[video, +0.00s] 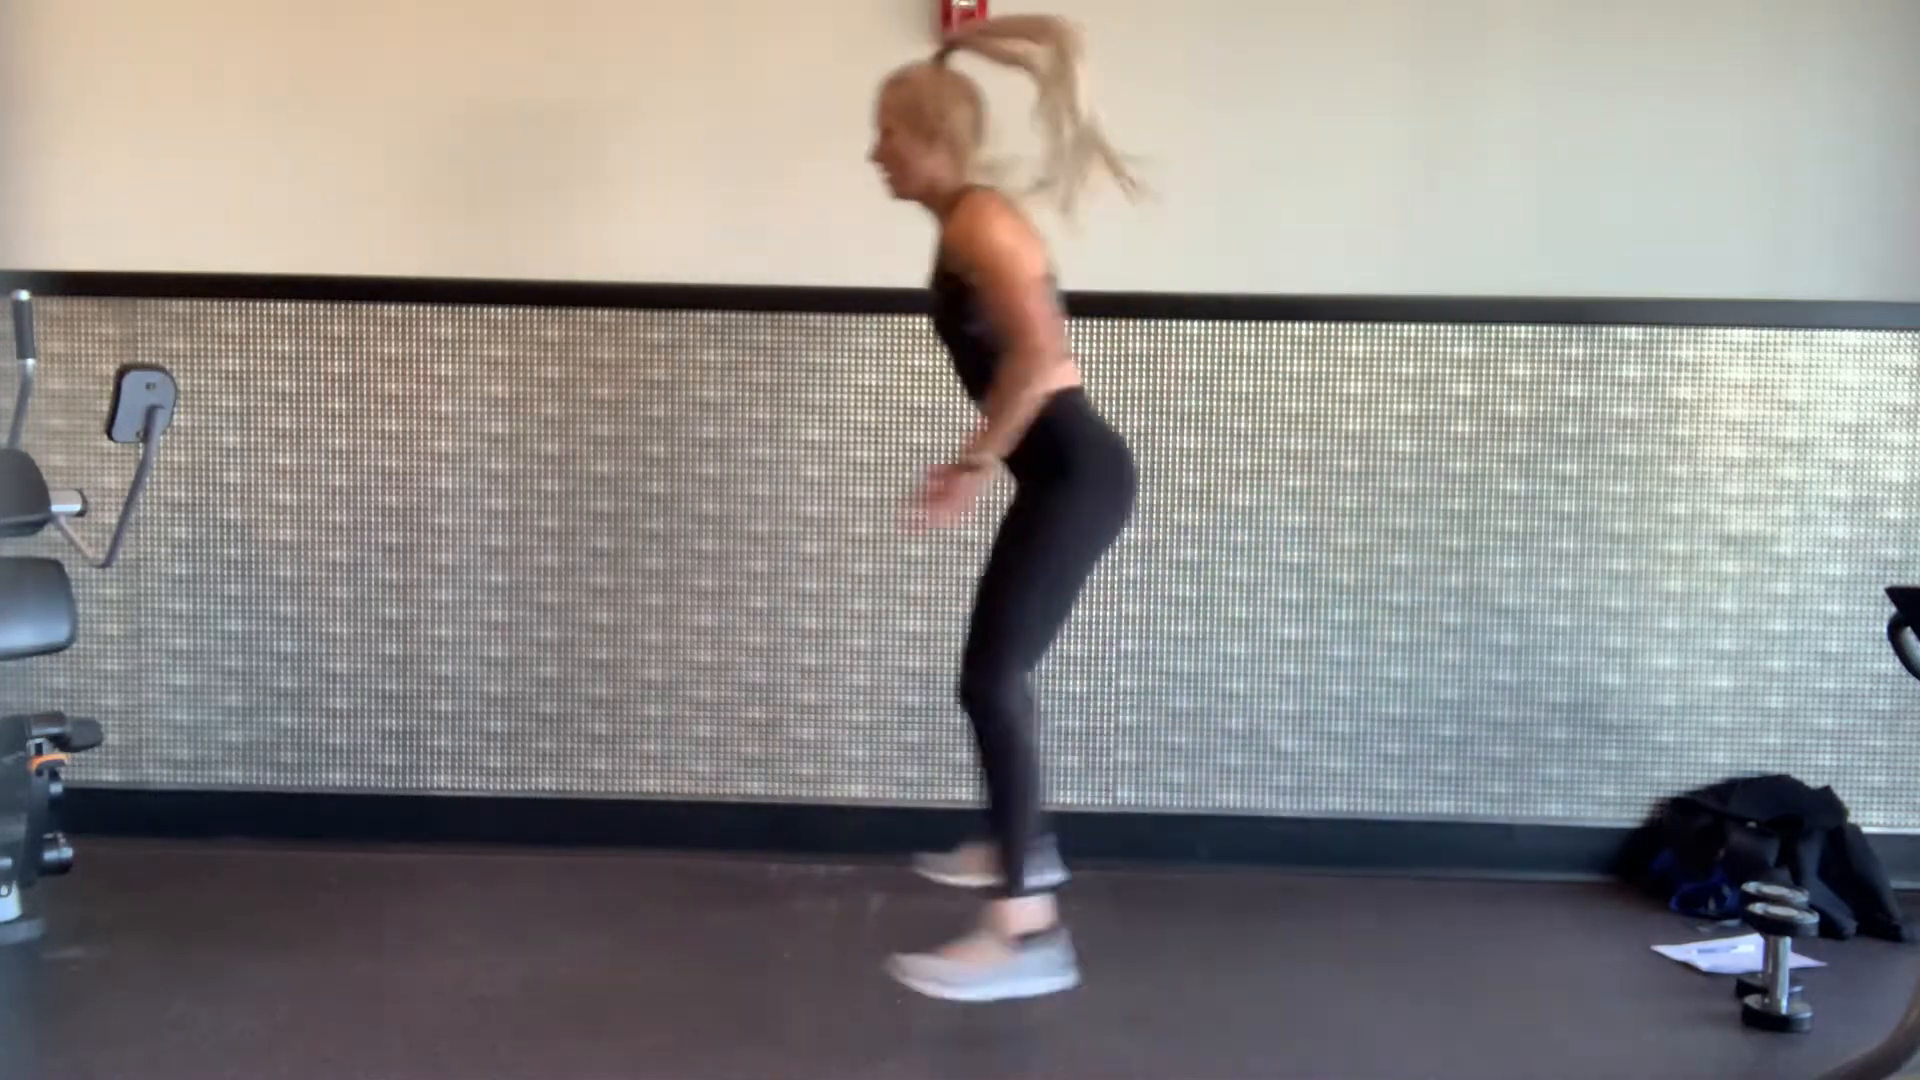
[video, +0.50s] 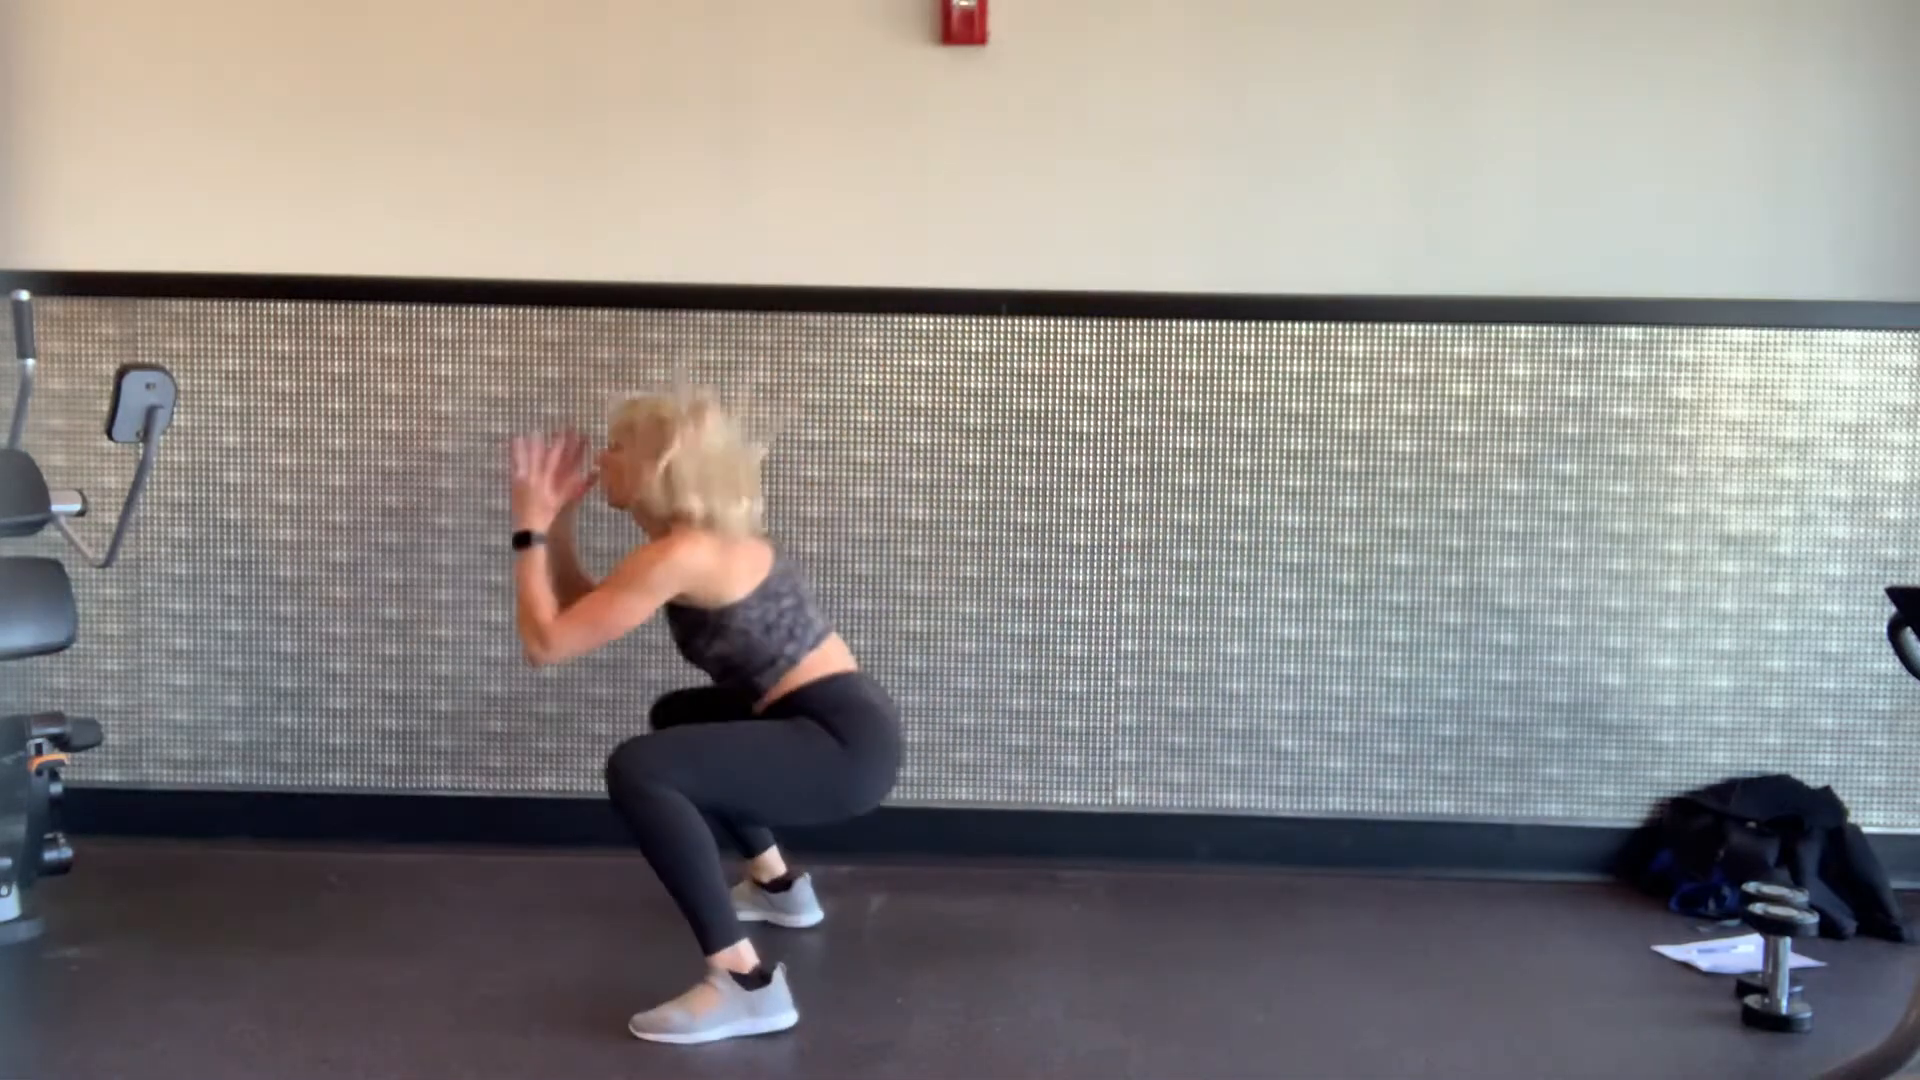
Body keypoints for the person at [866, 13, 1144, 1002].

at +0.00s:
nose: (876, 155)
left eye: (888, 139)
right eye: (877, 139)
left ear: (936, 145)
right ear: (937, 143)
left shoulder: (985, 226)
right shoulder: (962, 227)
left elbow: (1046, 362)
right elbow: (1033, 361)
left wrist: (972, 467)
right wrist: (986, 455)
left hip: (1077, 471)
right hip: (1055, 471)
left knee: (994, 679)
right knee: (992, 670)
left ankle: (1026, 918)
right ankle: (1011, 845)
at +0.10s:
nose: (802, 211)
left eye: (811, 197)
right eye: (805, 195)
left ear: (851, 200)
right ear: (871, 194)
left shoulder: (894, 287)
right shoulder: (917, 273)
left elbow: (865, 442)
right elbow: (881, 429)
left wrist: (760, 472)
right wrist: (783, 465)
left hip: (1017, 519)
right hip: (1017, 511)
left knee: (905, 712)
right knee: (908, 698)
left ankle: (825, 945)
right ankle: (848, 850)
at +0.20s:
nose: (743, 311)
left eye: (754, 298)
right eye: (748, 296)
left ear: (791, 313)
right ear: (815, 311)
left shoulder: (829, 401)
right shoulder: (847, 387)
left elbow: (705, 514)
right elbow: (727, 496)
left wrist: (635, 438)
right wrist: (653, 434)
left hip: (953, 627)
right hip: (952, 613)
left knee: (758, 740)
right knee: (781, 717)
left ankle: (751, 981)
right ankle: (787, 882)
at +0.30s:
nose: (689, 389)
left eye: (702, 380)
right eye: (696, 377)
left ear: (739, 402)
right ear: (763, 402)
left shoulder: (767, 486)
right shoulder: (785, 474)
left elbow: (617, 562)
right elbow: (645, 543)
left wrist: (608, 448)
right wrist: (621, 447)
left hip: (889, 713)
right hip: (886, 689)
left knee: (682, 755)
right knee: (721, 701)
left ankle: (746, 983)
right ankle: (781, 884)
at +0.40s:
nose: (644, 442)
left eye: (659, 432)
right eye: (654, 428)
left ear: (688, 458)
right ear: (719, 458)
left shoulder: (720, 536)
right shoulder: (732, 526)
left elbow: (567, 612)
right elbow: (604, 586)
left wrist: (570, 498)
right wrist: (580, 496)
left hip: (857, 754)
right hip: (846, 728)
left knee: (652, 770)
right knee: (689, 711)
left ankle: (743, 981)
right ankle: (778, 882)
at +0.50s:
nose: (606, 454)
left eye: (621, 445)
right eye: (614, 441)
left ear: (656, 469)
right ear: (682, 469)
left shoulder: (685, 552)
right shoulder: (709, 536)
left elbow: (545, 643)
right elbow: (575, 613)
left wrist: (528, 529)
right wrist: (556, 523)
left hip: (842, 750)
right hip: (839, 723)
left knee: (640, 771)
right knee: (676, 716)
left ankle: (744, 981)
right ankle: (777, 881)